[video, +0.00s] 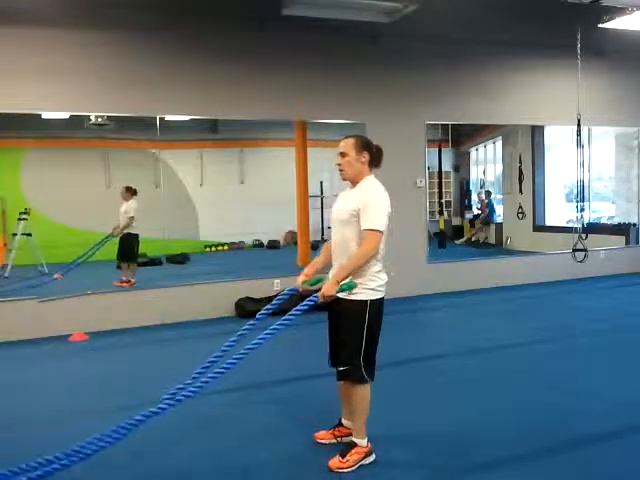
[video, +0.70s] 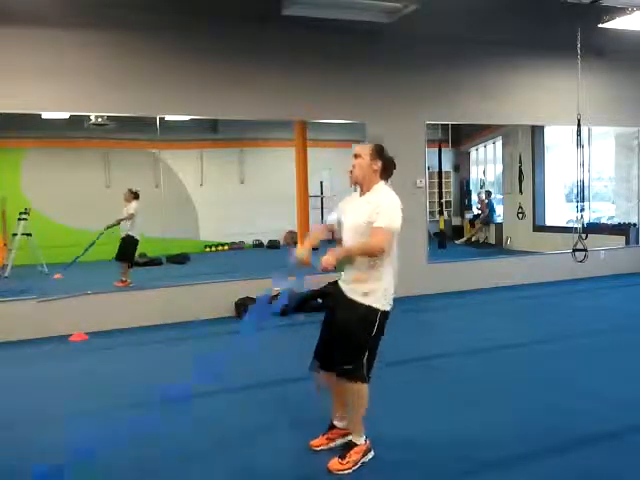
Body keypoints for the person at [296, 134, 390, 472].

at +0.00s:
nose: (338, 161)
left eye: (343, 155)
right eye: (338, 156)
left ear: (364, 159)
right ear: (351, 160)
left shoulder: (373, 193)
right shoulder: (348, 193)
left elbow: (370, 247)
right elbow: (339, 241)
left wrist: (336, 278)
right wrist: (313, 267)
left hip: (364, 295)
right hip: (342, 292)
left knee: (357, 369)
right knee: (343, 366)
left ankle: (361, 443)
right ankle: (349, 426)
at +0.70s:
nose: (351, 163)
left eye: (358, 157)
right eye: (353, 158)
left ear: (377, 166)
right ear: (367, 166)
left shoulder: (388, 201)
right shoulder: (350, 200)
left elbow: (379, 245)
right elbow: (328, 229)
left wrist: (341, 252)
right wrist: (308, 242)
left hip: (371, 299)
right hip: (344, 292)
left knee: (353, 370)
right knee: (328, 362)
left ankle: (359, 441)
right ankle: (342, 425)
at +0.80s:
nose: (355, 151)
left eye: (362, 145)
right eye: (355, 146)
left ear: (383, 151)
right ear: (361, 153)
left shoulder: (396, 179)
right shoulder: (354, 183)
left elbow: (395, 194)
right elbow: (322, 191)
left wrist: (359, 200)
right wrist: (296, 200)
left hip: (376, 282)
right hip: (348, 277)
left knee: (365, 357)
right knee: (329, 346)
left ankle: (373, 438)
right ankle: (334, 410)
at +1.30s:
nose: (333, 150)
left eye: (339, 144)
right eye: (334, 144)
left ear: (358, 148)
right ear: (347, 149)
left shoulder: (374, 181)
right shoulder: (336, 182)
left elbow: (376, 204)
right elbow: (320, 211)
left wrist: (340, 209)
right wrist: (283, 213)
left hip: (357, 276)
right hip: (328, 271)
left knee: (338, 354)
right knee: (307, 344)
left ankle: (339, 436)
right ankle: (310, 414)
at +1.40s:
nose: (333, 160)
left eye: (339, 154)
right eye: (334, 154)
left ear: (358, 160)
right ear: (348, 159)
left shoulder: (370, 195)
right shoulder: (335, 189)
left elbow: (346, 234)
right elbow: (316, 222)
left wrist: (302, 242)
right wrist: (281, 221)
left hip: (350, 291)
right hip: (325, 283)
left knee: (317, 367)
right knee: (299, 359)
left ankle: (312, 443)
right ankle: (303, 433)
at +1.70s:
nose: (333, 146)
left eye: (340, 141)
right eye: (333, 141)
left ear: (359, 149)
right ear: (339, 149)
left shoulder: (369, 177)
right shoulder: (328, 179)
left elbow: (377, 209)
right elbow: (294, 194)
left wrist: (332, 220)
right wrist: (255, 196)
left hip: (348, 284)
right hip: (318, 277)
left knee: (339, 363)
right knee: (302, 347)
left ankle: (338, 443)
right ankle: (295, 412)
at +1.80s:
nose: (319, 157)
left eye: (325, 151)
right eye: (320, 151)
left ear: (345, 157)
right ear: (328, 158)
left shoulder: (362, 188)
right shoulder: (321, 187)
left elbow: (377, 219)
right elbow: (298, 209)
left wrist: (367, 224)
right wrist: (265, 216)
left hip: (351, 295)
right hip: (319, 289)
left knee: (355, 377)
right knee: (296, 351)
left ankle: (367, 458)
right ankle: (283, 407)